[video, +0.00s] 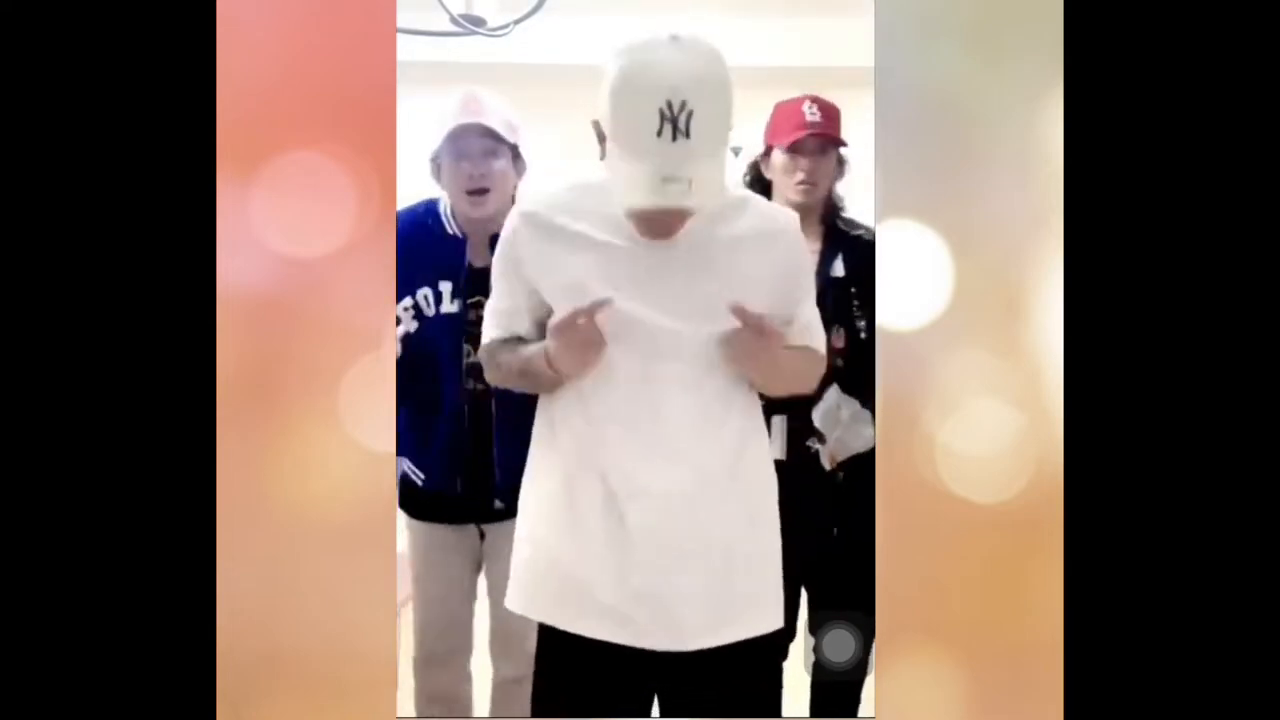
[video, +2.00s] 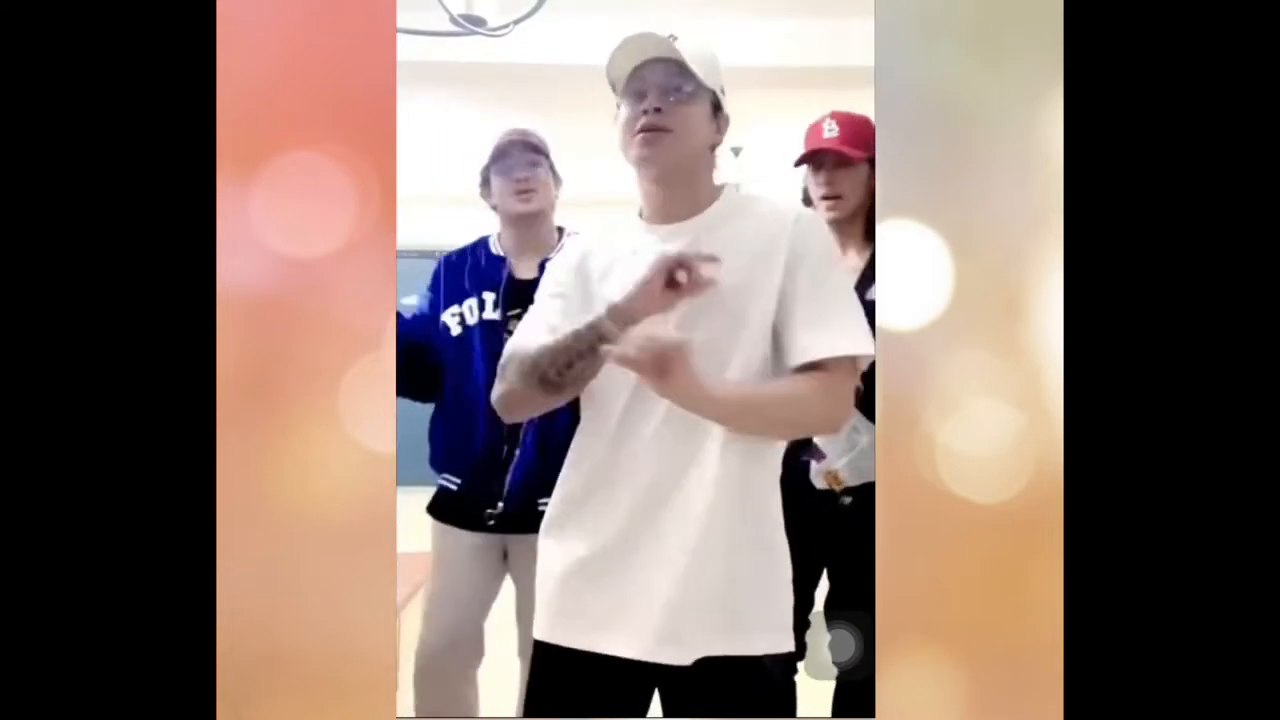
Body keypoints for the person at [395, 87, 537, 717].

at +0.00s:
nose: (477, 168)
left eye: (493, 153)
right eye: (460, 154)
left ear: (519, 168)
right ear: (437, 170)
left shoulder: (544, 241)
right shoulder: (401, 241)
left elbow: (574, 355)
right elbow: (364, 344)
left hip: (526, 483)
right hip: (435, 483)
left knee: (522, 655)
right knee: (438, 653)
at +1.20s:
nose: (479, 173)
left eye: (492, 160)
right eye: (463, 164)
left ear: (515, 176)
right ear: (442, 185)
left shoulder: (551, 260)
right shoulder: (408, 270)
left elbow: (580, 369)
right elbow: (380, 380)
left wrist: (578, 479)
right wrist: (388, 480)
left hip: (526, 500)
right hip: (432, 501)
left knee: (522, 669)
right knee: (429, 669)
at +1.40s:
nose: (475, 171)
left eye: (485, 157)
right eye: (456, 166)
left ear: (510, 169)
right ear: (440, 191)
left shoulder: (549, 247)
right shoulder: (416, 259)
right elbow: (379, 352)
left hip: (525, 494)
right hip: (433, 496)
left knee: (521, 663)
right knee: (429, 664)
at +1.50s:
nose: (478, 168)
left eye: (489, 156)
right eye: (462, 163)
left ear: (513, 170)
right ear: (444, 186)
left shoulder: (539, 252)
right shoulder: (424, 255)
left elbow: (537, 371)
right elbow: (383, 342)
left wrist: (435, 344)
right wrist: (424, 306)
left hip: (521, 490)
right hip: (434, 492)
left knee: (519, 660)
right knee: (429, 655)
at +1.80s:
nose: (510, 169)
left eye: (520, 157)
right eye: (493, 163)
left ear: (544, 175)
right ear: (474, 187)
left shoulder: (572, 252)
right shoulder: (456, 258)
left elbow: (563, 369)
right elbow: (414, 339)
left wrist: (482, 336)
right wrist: (484, 383)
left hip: (541, 484)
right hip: (460, 485)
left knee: (536, 652)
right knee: (442, 645)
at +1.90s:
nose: (518, 173)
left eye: (529, 161)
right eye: (502, 166)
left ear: (553, 178)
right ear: (482, 187)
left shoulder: (581, 261)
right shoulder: (454, 264)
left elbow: (596, 372)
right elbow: (440, 376)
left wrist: (552, 271)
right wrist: (414, 330)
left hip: (547, 490)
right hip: (465, 489)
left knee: (544, 652)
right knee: (449, 650)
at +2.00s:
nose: (522, 174)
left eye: (535, 164)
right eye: (506, 167)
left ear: (557, 186)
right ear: (487, 191)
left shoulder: (588, 269)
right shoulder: (455, 270)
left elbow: (617, 382)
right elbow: (427, 371)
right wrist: (367, 331)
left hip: (555, 505)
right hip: (467, 503)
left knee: (549, 668)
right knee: (441, 659)